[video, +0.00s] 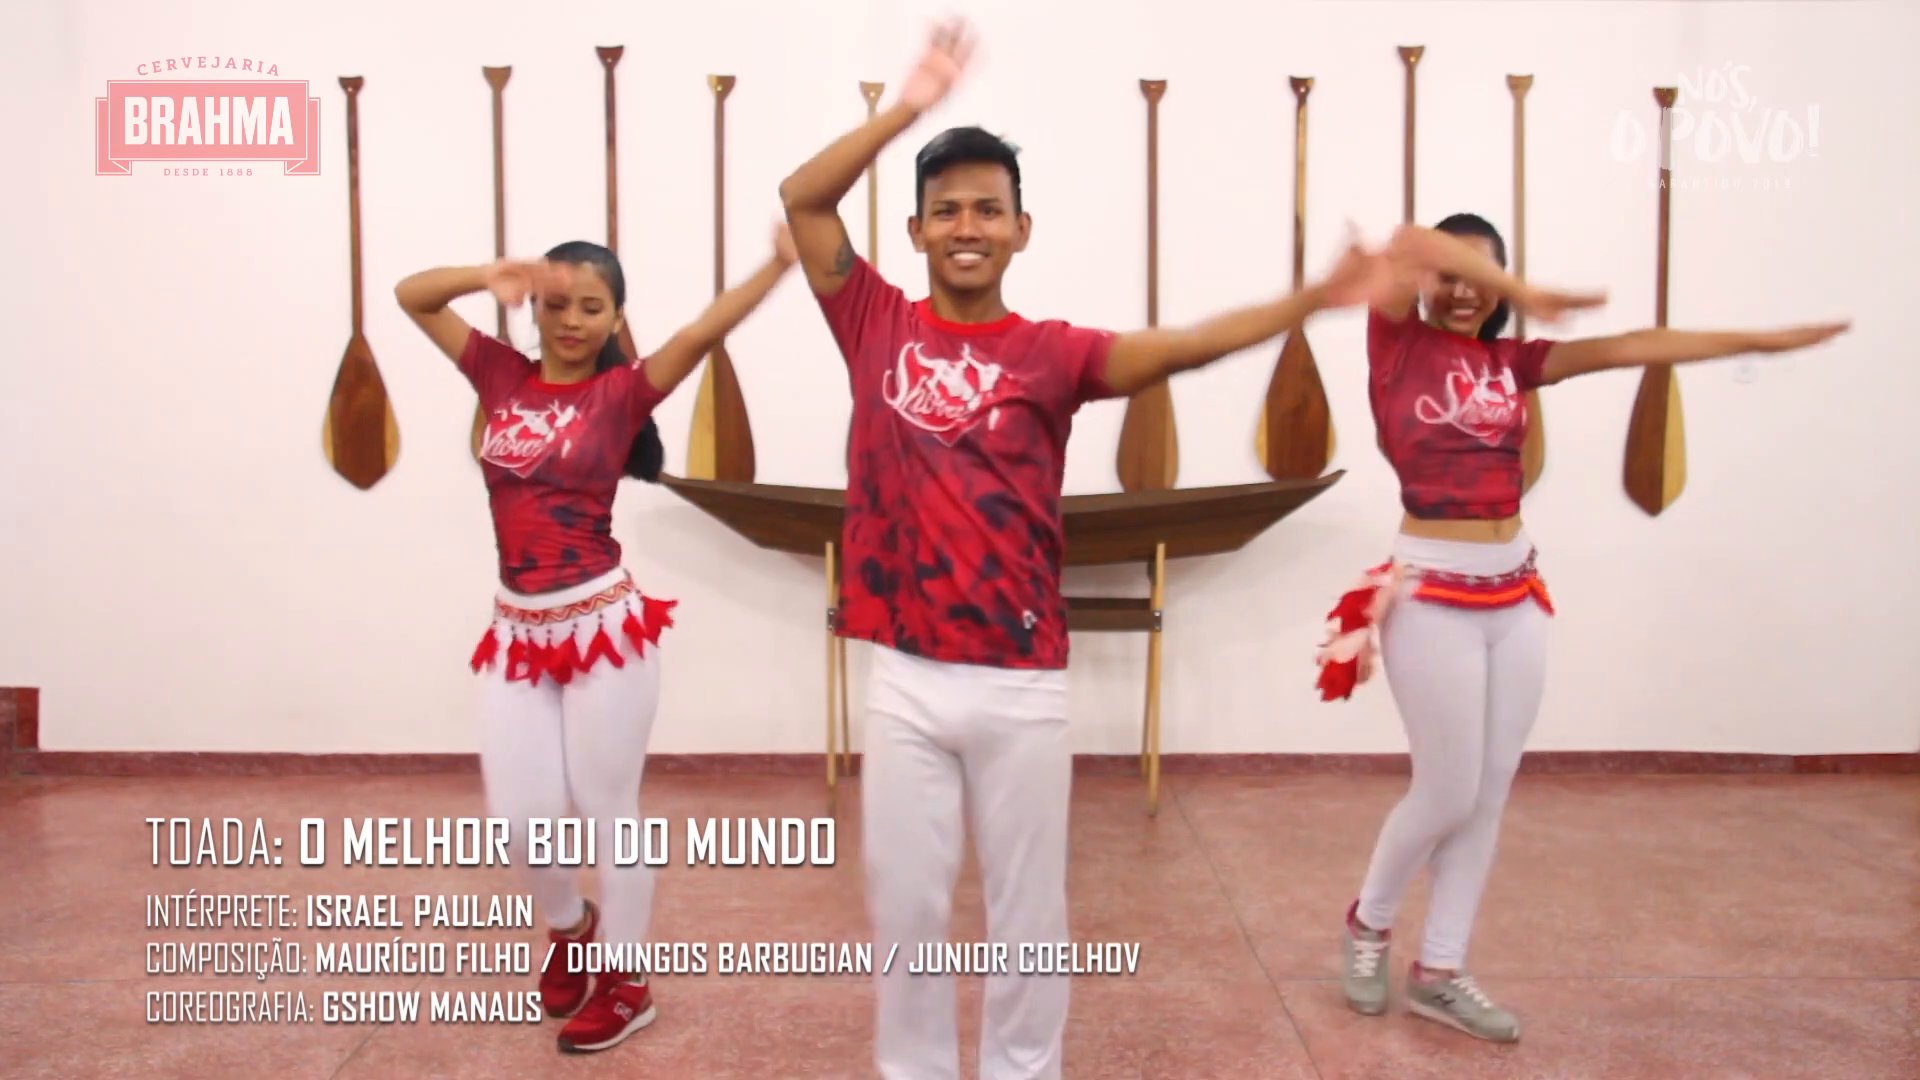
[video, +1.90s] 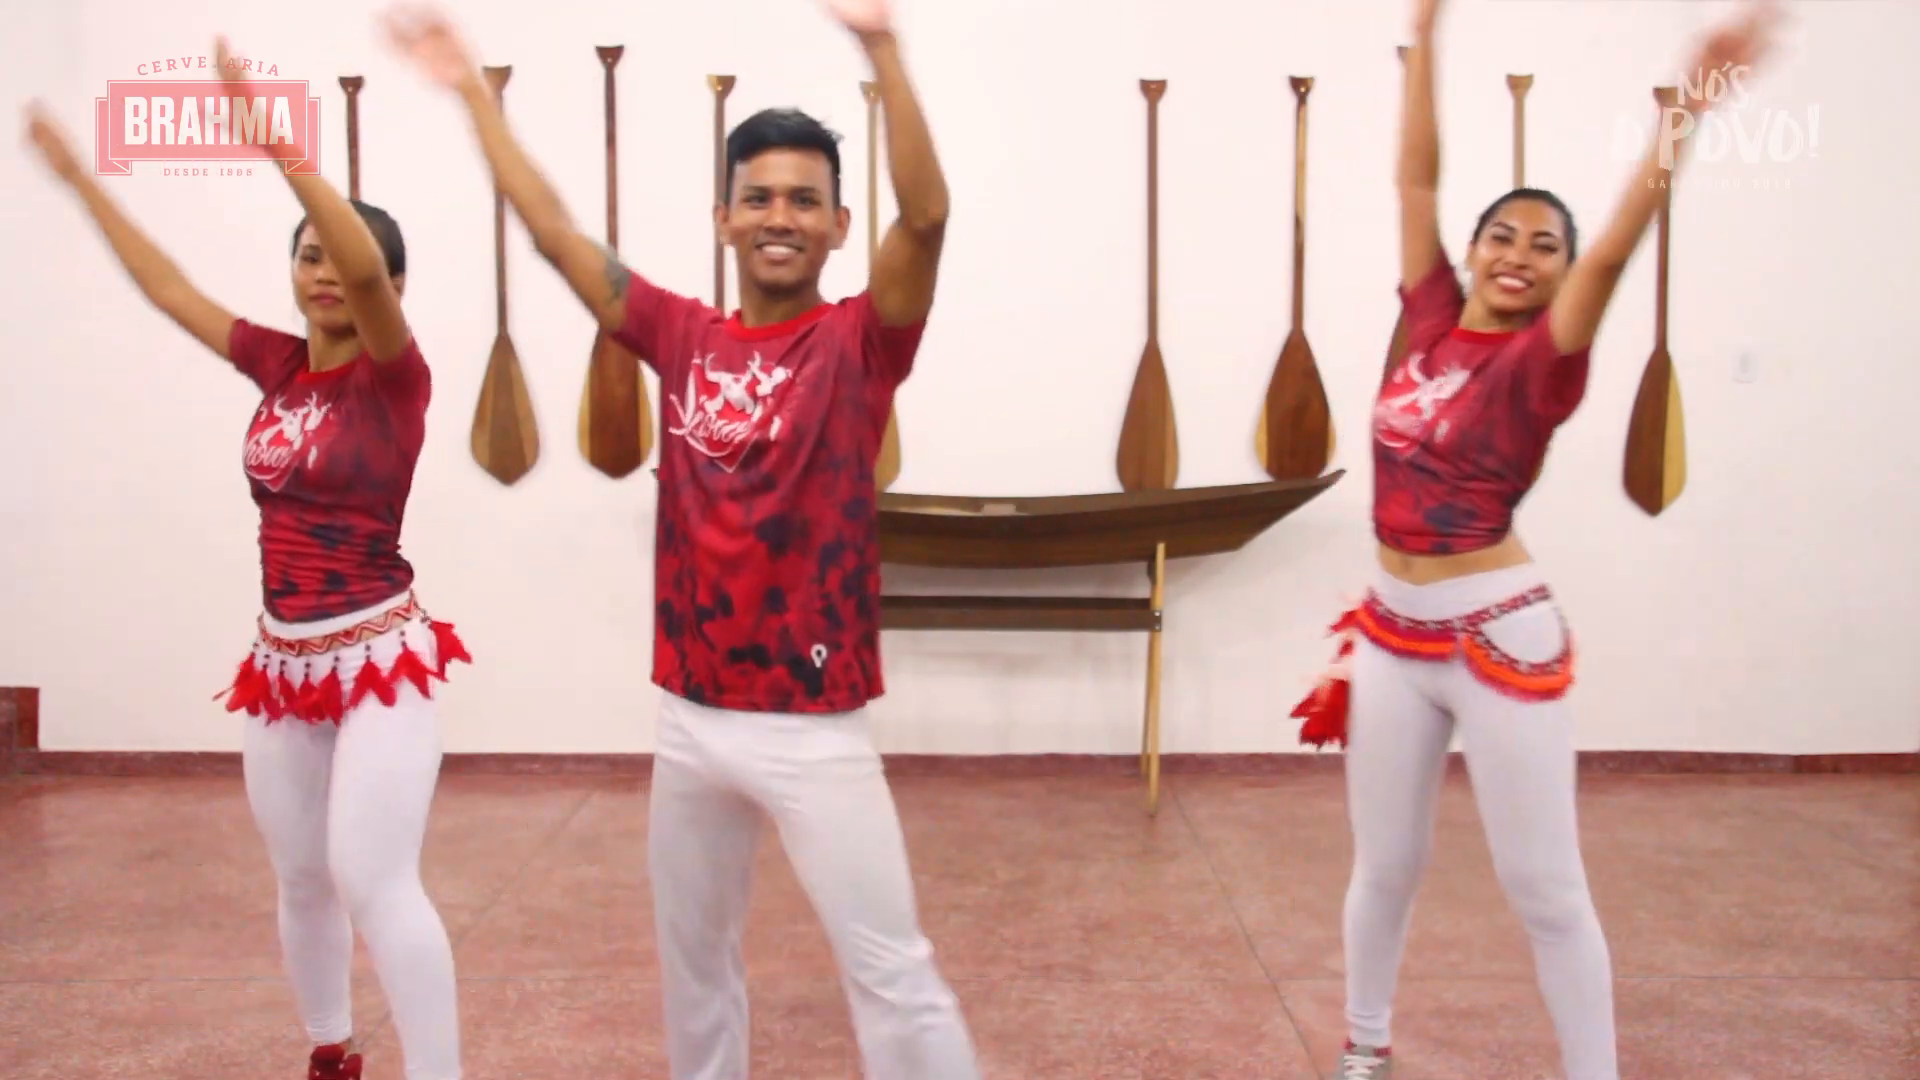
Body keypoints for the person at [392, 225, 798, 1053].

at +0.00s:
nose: (570, 319)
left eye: (589, 306)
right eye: (557, 302)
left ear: (616, 318)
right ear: (534, 309)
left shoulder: (621, 394)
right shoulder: (502, 377)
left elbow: (703, 332)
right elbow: (413, 295)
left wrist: (778, 265)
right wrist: (488, 274)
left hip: (604, 631)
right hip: (516, 634)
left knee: (609, 810)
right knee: (523, 818)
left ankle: (626, 975)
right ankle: (570, 928)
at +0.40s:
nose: (528, 292)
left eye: (546, 281)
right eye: (512, 278)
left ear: (570, 304)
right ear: (484, 299)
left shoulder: (596, 378)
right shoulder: (459, 382)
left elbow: (697, 306)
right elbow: (368, 304)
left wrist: (785, 234)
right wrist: (385, 207)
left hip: (586, 637)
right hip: (486, 637)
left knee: (593, 825)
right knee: (427, 822)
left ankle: (622, 982)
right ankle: (417, 1002)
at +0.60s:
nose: (480, 289)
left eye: (497, 278)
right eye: (462, 277)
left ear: (522, 299)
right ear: (434, 298)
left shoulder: (544, 376)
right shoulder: (404, 379)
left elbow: (639, 294)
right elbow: (307, 295)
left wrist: (677, 188)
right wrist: (272, 184)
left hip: (552, 640)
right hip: (443, 646)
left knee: (580, 825)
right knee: (395, 842)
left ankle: (613, 974)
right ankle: (342, 1036)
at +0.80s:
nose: (420, 284)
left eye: (440, 274)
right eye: (401, 270)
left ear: (464, 300)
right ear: (374, 294)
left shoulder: (486, 376)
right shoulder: (338, 376)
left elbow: (583, 297)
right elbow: (220, 300)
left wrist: (560, 200)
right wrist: (143, 192)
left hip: (487, 647)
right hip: (376, 654)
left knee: (538, 830)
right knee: (355, 859)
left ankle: (571, 972)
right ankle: (340, 1048)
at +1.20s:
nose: (339, 277)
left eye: (357, 266)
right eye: (320, 265)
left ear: (384, 291)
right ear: (293, 288)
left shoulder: (412, 377)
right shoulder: (256, 380)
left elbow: (523, 311)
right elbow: (107, 336)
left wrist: (428, 247)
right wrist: (2, 284)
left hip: (408, 656)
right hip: (295, 666)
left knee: (483, 833)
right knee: (316, 871)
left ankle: (416, 954)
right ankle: (336, 1050)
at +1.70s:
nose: (325, 289)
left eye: (342, 272)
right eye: (310, 273)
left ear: (377, 296)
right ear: (286, 290)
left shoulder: (389, 389)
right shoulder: (258, 387)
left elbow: (423, 302)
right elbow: (120, 346)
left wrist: (289, 244)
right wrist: (5, 302)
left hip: (383, 675)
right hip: (274, 678)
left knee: (391, 894)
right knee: (300, 893)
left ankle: (405, 1078)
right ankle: (331, 1057)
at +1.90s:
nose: (323, 270)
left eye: (342, 260)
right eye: (310, 255)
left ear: (378, 280)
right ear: (291, 270)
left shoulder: (395, 381)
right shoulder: (279, 364)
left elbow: (364, 273)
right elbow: (171, 289)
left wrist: (278, 151)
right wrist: (83, 181)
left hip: (384, 666)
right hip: (283, 671)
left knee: (375, 876)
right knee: (303, 881)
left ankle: (436, 1077)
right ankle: (331, 1060)